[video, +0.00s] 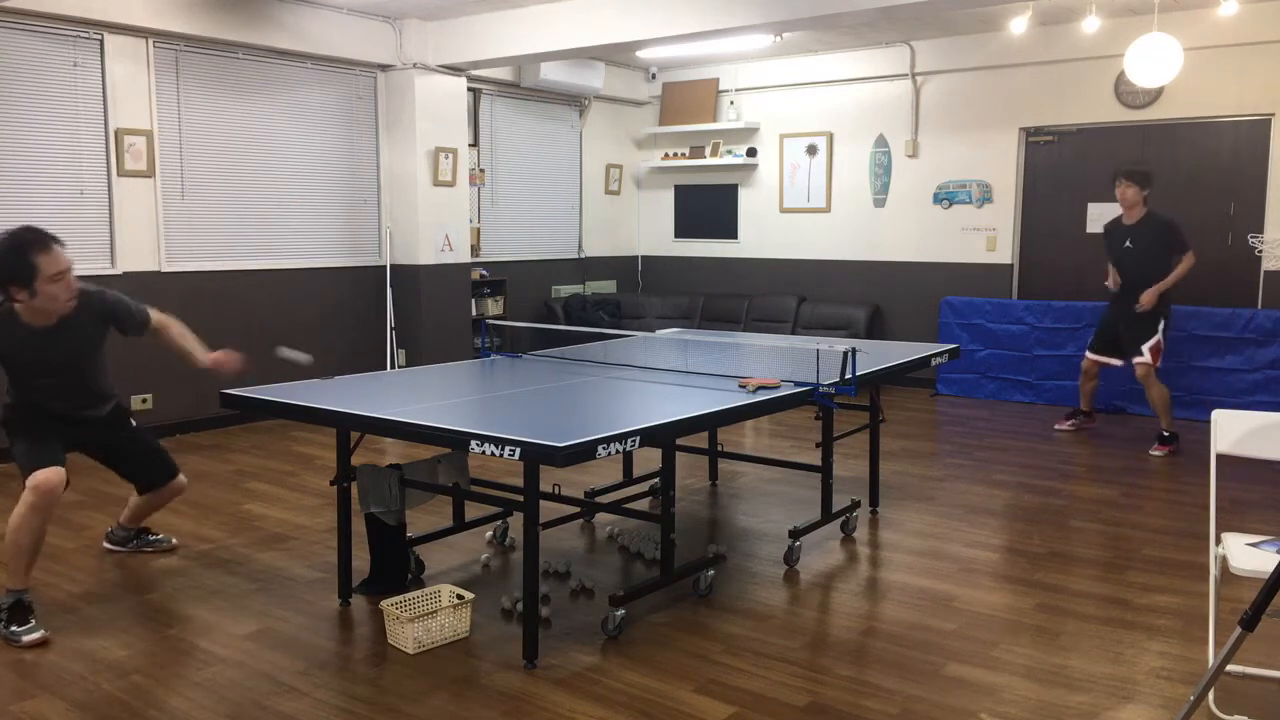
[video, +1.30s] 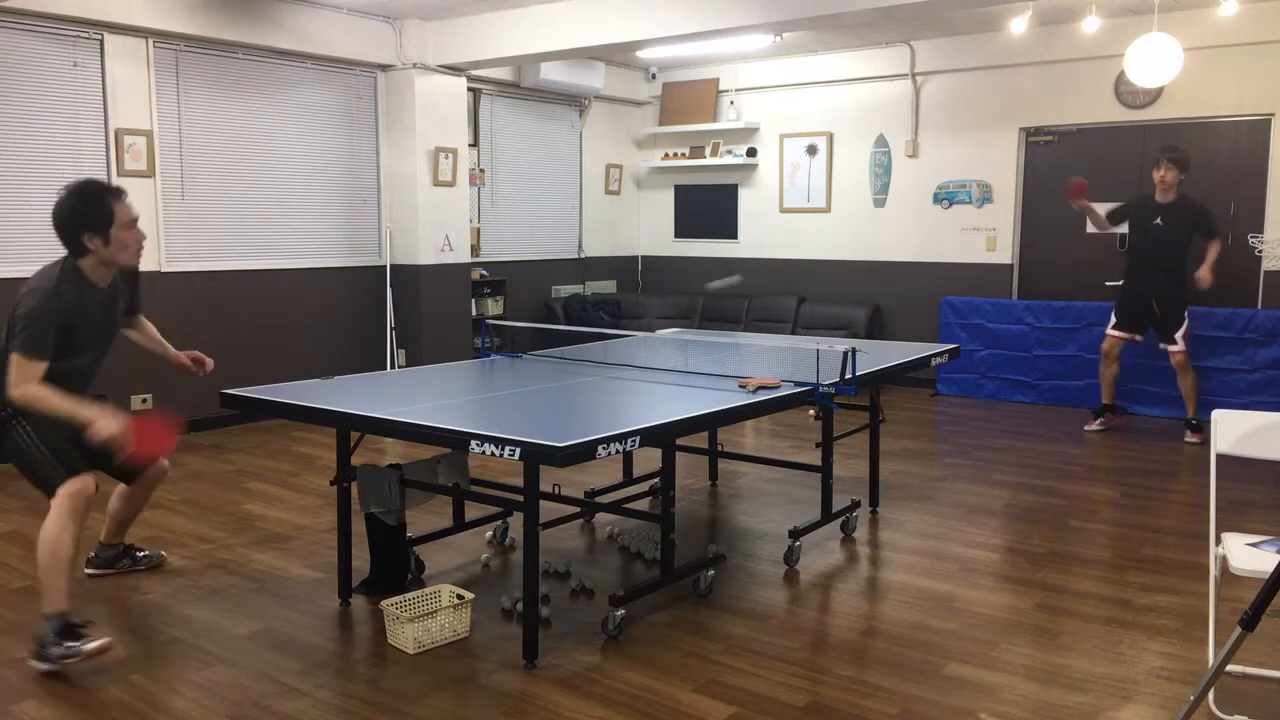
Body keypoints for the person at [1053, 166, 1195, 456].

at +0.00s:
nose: (1121, 192)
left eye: (1129, 187)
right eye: (1119, 186)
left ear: (1144, 192)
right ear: (1115, 191)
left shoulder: (1162, 226)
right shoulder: (1112, 228)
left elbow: (1188, 259)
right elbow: (1113, 261)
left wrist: (1157, 289)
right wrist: (1112, 279)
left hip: (1150, 306)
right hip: (1119, 304)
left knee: (1144, 372)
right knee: (1089, 365)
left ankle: (1168, 434)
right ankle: (1084, 413)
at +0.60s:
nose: (1120, 220)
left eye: (1126, 215)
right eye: (1117, 214)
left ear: (1141, 216)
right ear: (1113, 213)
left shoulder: (1157, 237)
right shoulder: (1104, 242)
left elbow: (1174, 271)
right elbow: (1095, 285)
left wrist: (1142, 294)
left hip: (1151, 311)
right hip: (1113, 310)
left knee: (1165, 365)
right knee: (1078, 361)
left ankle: (1185, 424)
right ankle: (1083, 414)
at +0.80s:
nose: (1147, 242)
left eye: (1153, 238)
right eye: (1145, 236)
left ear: (1162, 234)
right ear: (1136, 228)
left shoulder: (1166, 247)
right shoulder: (1116, 247)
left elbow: (1177, 276)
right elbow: (1115, 290)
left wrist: (1175, 297)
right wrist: (1150, 297)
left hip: (1151, 315)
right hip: (1115, 314)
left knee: (1178, 364)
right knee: (1076, 366)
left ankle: (1188, 424)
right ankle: (1082, 415)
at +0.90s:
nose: (1164, 229)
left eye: (1170, 225)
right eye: (1161, 223)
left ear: (1176, 225)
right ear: (1151, 219)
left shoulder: (1179, 243)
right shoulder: (1126, 246)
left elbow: (1193, 269)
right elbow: (1099, 278)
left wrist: (1209, 296)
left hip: (1160, 319)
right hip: (1121, 318)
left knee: (1187, 365)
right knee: (1079, 366)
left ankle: (1189, 425)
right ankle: (1083, 415)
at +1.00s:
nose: (1169, 208)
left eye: (1175, 203)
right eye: (1165, 201)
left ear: (1183, 208)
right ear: (1156, 203)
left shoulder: (1190, 237)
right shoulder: (1131, 234)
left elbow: (1208, 259)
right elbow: (1084, 240)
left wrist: (1227, 285)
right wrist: (1046, 251)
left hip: (1169, 317)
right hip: (1129, 314)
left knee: (1192, 366)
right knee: (1091, 364)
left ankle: (1190, 425)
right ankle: (1083, 414)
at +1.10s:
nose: (1166, 190)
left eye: (1173, 185)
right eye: (1163, 184)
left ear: (1184, 191)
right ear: (1156, 187)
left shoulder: (1194, 223)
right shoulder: (1136, 215)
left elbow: (1216, 247)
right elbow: (1091, 212)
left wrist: (1232, 276)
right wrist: (1048, 212)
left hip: (1174, 307)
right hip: (1134, 304)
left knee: (1187, 365)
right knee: (1104, 359)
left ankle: (1190, 426)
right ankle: (1088, 413)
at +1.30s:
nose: (1162, 175)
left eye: (1169, 170)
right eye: (1158, 168)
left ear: (1181, 176)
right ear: (1152, 172)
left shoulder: (1193, 210)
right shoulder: (1139, 205)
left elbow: (1215, 239)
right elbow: (1106, 224)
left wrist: (1206, 267)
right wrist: (1087, 208)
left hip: (1171, 294)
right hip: (1135, 291)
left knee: (1180, 360)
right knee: (1109, 349)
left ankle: (1192, 421)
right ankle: (1107, 410)